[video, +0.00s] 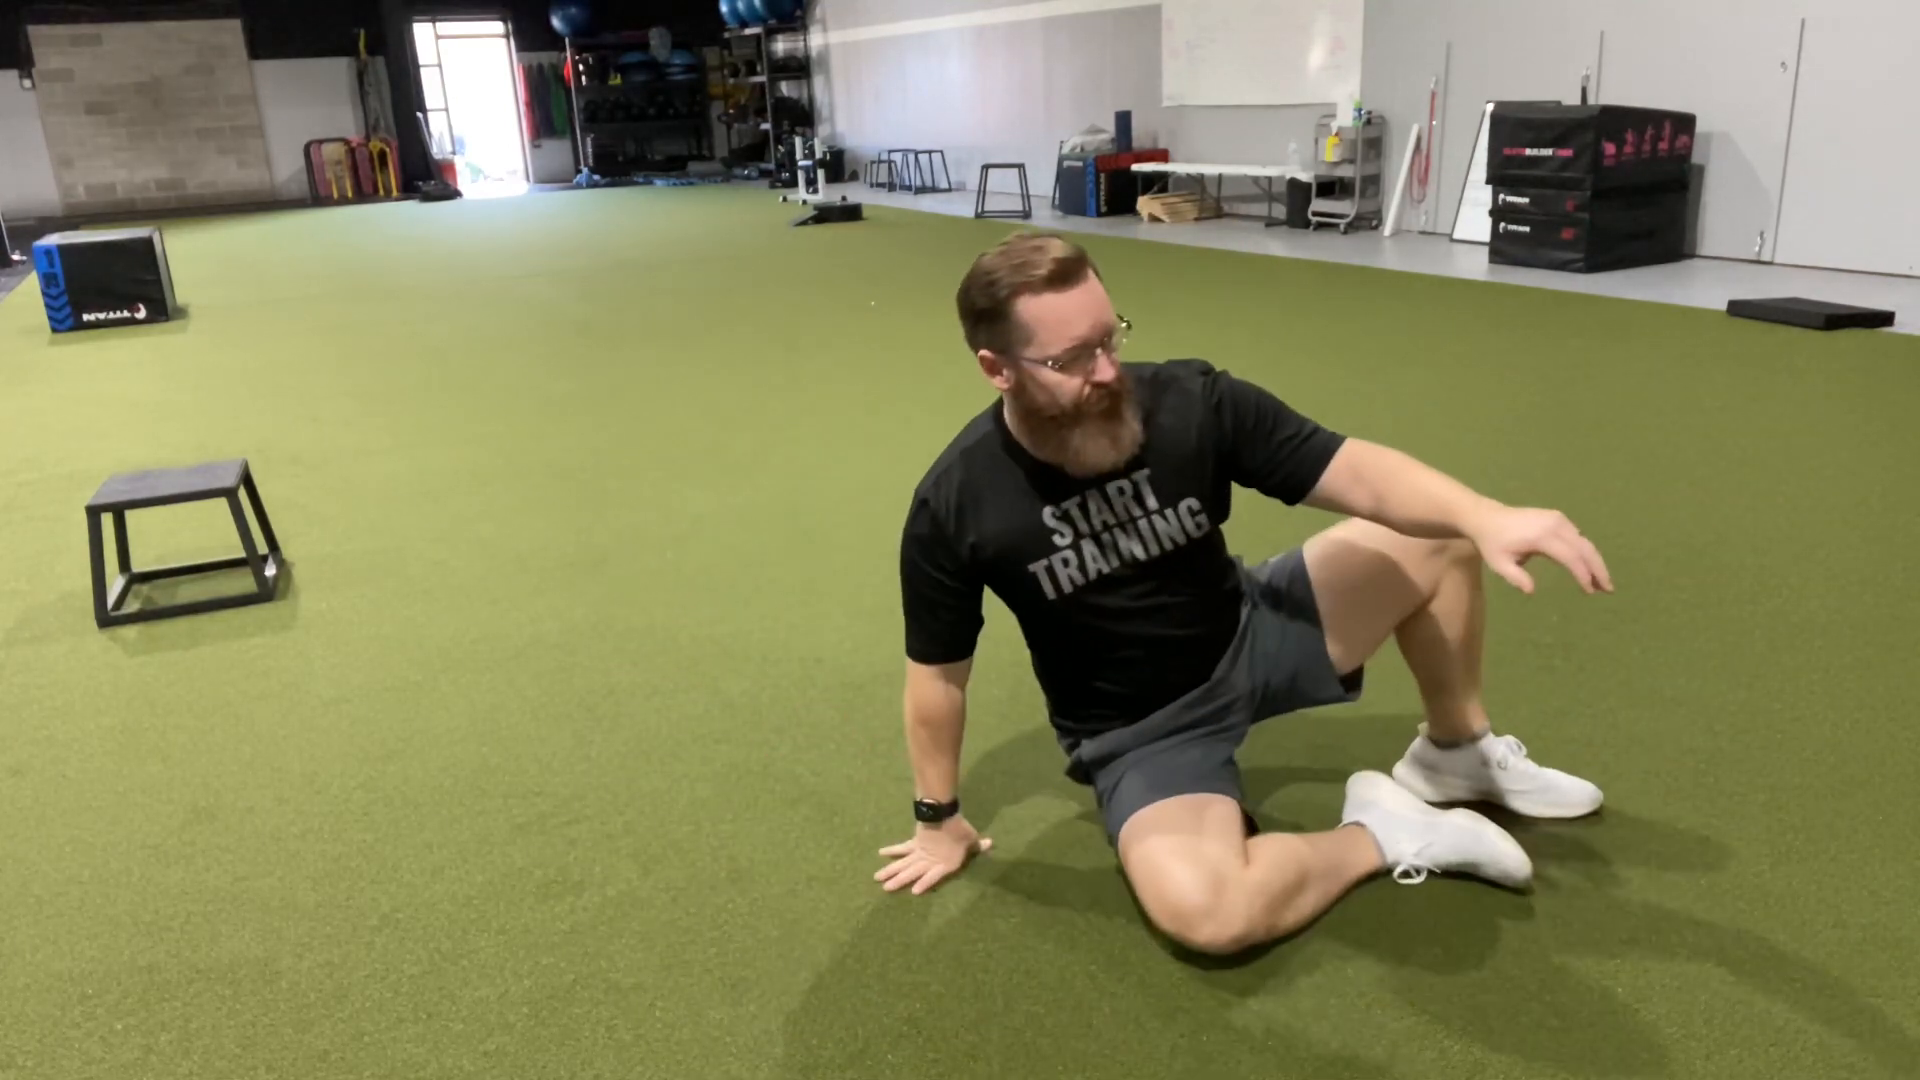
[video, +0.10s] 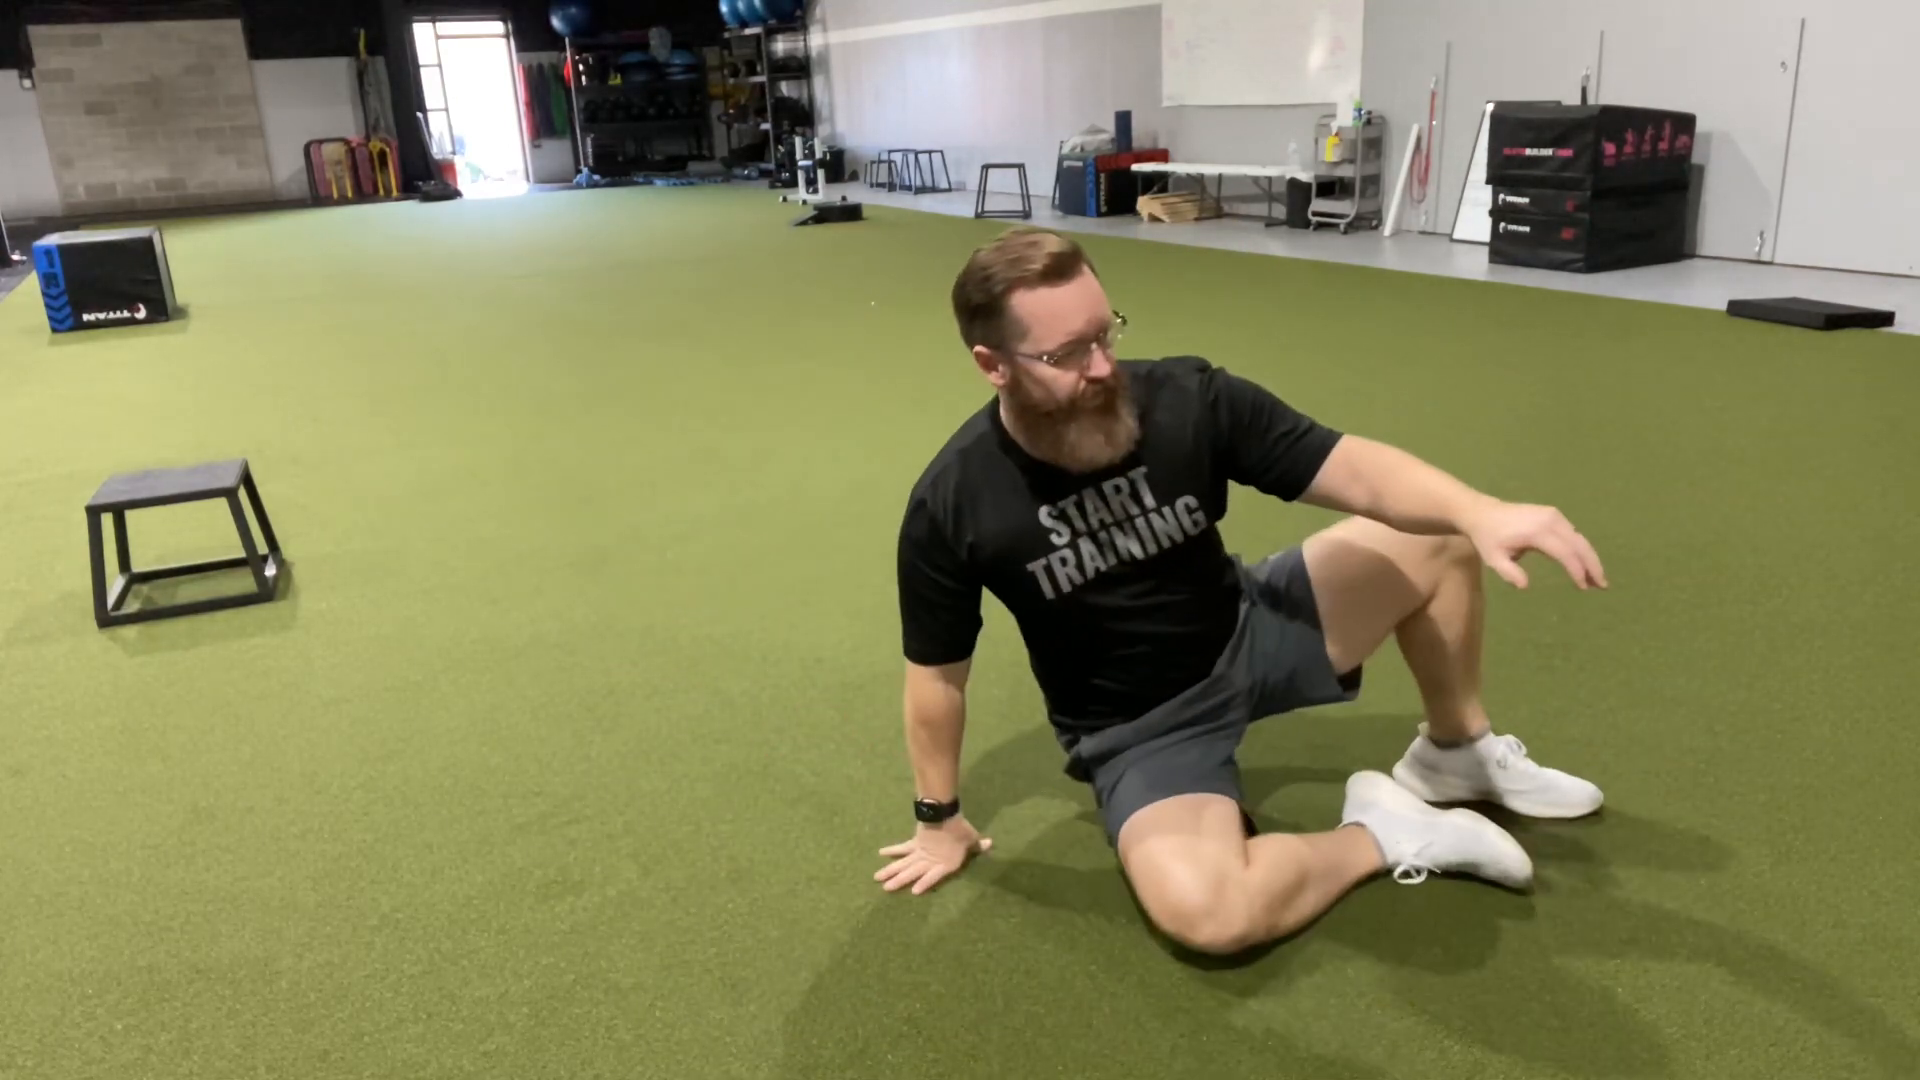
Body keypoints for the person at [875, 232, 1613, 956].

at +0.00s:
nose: (1106, 373)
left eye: (1110, 340)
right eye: (1074, 361)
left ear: (1116, 314)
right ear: (999, 373)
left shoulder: (1192, 403)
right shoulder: (958, 505)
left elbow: (1353, 473)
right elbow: (937, 672)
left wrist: (1487, 517)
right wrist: (940, 818)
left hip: (1248, 631)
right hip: (1141, 730)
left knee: (1437, 542)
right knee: (1203, 910)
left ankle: (1458, 751)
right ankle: (1383, 832)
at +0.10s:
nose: (1103, 368)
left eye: (1105, 335)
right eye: (1070, 356)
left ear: (1111, 308)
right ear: (995, 367)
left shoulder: (1188, 400)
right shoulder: (954, 506)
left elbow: (1352, 471)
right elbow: (937, 675)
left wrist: (1482, 512)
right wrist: (941, 818)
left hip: (1247, 628)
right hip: (1139, 728)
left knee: (1436, 543)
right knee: (1205, 911)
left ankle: (1458, 748)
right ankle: (1382, 831)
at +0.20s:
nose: (1095, 365)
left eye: (1095, 334)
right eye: (1062, 354)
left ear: (1101, 310)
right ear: (987, 368)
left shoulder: (1178, 400)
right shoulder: (947, 508)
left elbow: (1339, 469)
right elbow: (931, 675)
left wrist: (1470, 510)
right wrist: (941, 818)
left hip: (1238, 629)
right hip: (1132, 732)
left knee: (1426, 541)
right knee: (1207, 913)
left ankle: (1458, 747)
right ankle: (1382, 831)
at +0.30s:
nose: (1080, 371)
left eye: (1081, 341)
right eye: (1047, 358)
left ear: (1089, 320)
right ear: (974, 374)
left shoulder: (1162, 411)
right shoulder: (931, 511)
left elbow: (1318, 472)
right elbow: (918, 676)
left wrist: (1453, 512)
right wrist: (941, 819)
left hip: (1219, 638)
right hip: (1118, 739)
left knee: (1403, 543)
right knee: (1205, 912)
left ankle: (1456, 748)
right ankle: (1380, 831)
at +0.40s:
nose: (1055, 380)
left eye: (1058, 350)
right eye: (1023, 367)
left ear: (1068, 331)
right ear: (952, 384)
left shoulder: (1140, 427)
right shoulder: (910, 520)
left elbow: (1291, 483)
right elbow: (899, 678)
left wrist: (1417, 516)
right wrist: (940, 819)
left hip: (1198, 649)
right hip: (1103, 751)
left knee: (1366, 550)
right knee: (1204, 916)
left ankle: (1458, 748)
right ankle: (1382, 831)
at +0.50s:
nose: (1035, 388)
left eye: (1038, 359)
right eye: (1003, 375)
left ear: (1046, 347)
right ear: (932, 396)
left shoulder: (1114, 440)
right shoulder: (889, 533)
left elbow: (1264, 496)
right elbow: (880, 682)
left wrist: (1388, 525)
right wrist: (937, 816)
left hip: (1179, 659)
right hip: (1090, 761)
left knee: (1344, 554)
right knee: (1200, 911)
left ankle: (1459, 749)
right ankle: (1385, 829)